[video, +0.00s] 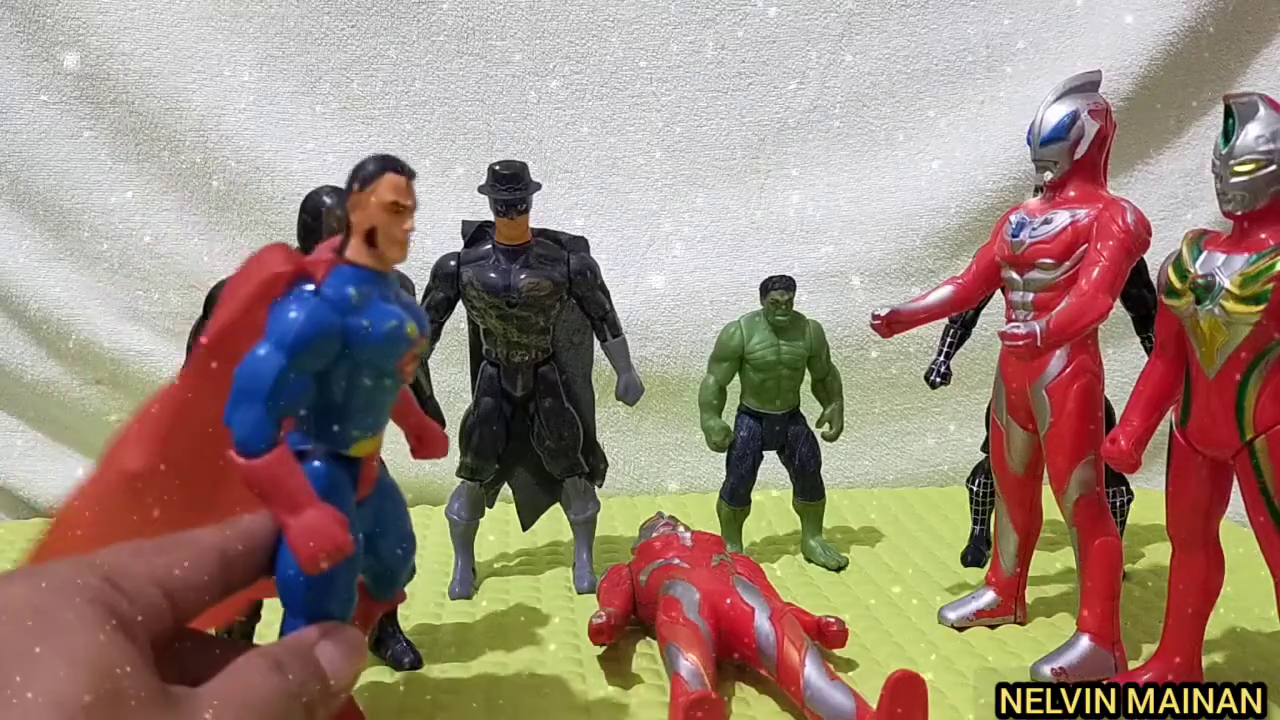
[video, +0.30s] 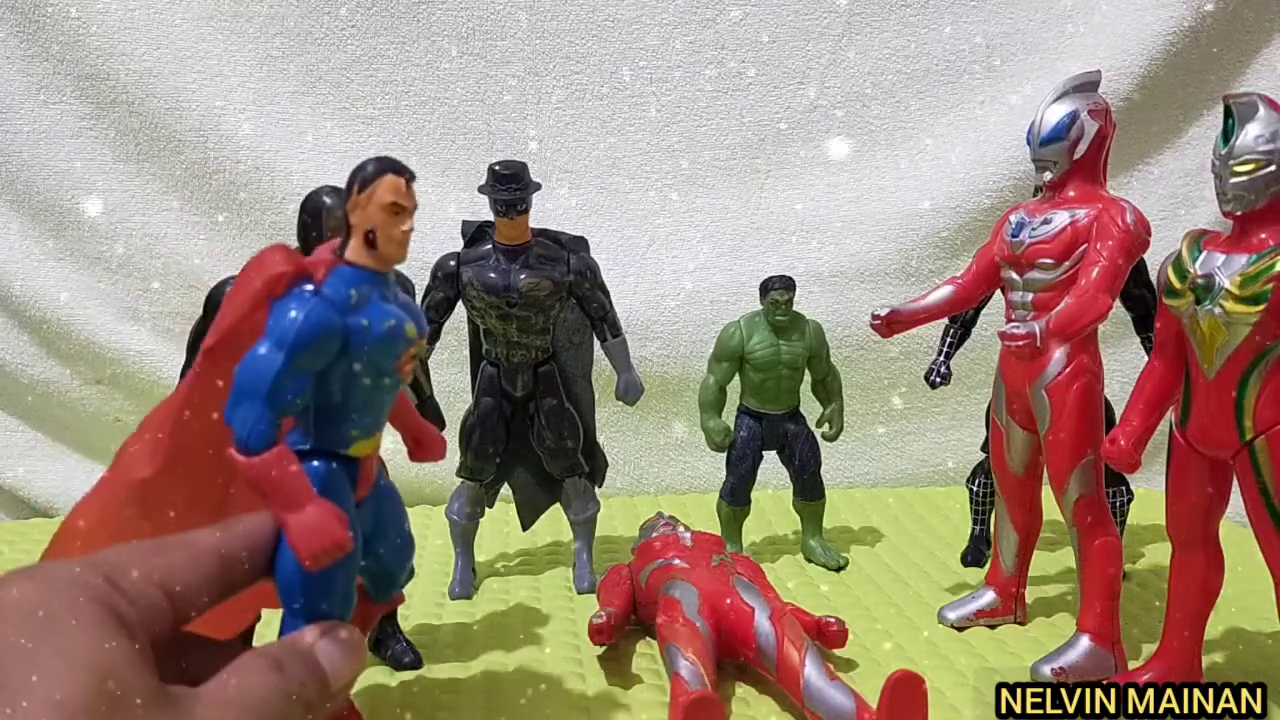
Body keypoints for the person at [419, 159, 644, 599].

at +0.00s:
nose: (512, 210)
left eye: (519, 202)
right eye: (503, 203)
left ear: (531, 201)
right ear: (490, 203)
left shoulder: (566, 258)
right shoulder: (461, 264)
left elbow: (603, 317)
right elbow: (427, 327)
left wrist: (626, 372)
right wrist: (407, 379)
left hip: (551, 378)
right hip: (493, 379)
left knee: (574, 470)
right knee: (476, 472)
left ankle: (584, 560)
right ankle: (463, 562)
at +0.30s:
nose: (513, 211)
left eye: (519, 203)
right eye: (504, 204)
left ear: (531, 201)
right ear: (491, 204)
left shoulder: (566, 259)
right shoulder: (462, 264)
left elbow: (603, 318)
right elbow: (426, 327)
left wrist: (626, 372)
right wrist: (408, 383)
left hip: (551, 379)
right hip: (493, 380)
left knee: (572, 471)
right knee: (477, 474)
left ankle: (583, 559)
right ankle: (463, 562)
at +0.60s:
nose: (510, 211)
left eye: (518, 204)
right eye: (502, 204)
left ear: (530, 202)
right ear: (490, 203)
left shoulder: (567, 257)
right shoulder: (463, 263)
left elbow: (603, 318)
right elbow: (426, 323)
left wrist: (626, 372)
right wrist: (412, 374)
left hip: (553, 377)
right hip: (494, 377)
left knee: (573, 470)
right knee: (476, 473)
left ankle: (583, 560)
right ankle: (463, 563)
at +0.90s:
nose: (510, 215)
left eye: (517, 207)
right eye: (502, 207)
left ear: (530, 203)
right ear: (490, 205)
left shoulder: (567, 258)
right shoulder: (463, 263)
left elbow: (603, 317)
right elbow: (427, 323)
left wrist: (626, 372)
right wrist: (411, 373)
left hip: (552, 377)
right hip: (494, 377)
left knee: (572, 469)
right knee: (476, 472)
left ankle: (584, 560)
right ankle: (463, 563)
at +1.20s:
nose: (512, 212)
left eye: (519, 204)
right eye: (503, 205)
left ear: (530, 202)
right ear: (491, 204)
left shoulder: (567, 258)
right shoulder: (462, 263)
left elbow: (603, 318)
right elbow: (424, 324)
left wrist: (626, 372)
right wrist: (405, 373)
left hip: (552, 378)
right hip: (493, 378)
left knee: (573, 470)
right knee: (476, 473)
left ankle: (584, 558)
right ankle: (463, 562)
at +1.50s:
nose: (511, 212)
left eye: (518, 204)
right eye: (503, 205)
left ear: (530, 202)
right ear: (490, 204)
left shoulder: (567, 258)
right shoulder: (462, 264)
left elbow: (603, 318)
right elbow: (424, 325)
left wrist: (626, 372)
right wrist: (406, 370)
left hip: (551, 377)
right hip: (493, 377)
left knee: (572, 469)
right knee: (476, 471)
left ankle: (584, 558)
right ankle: (463, 562)